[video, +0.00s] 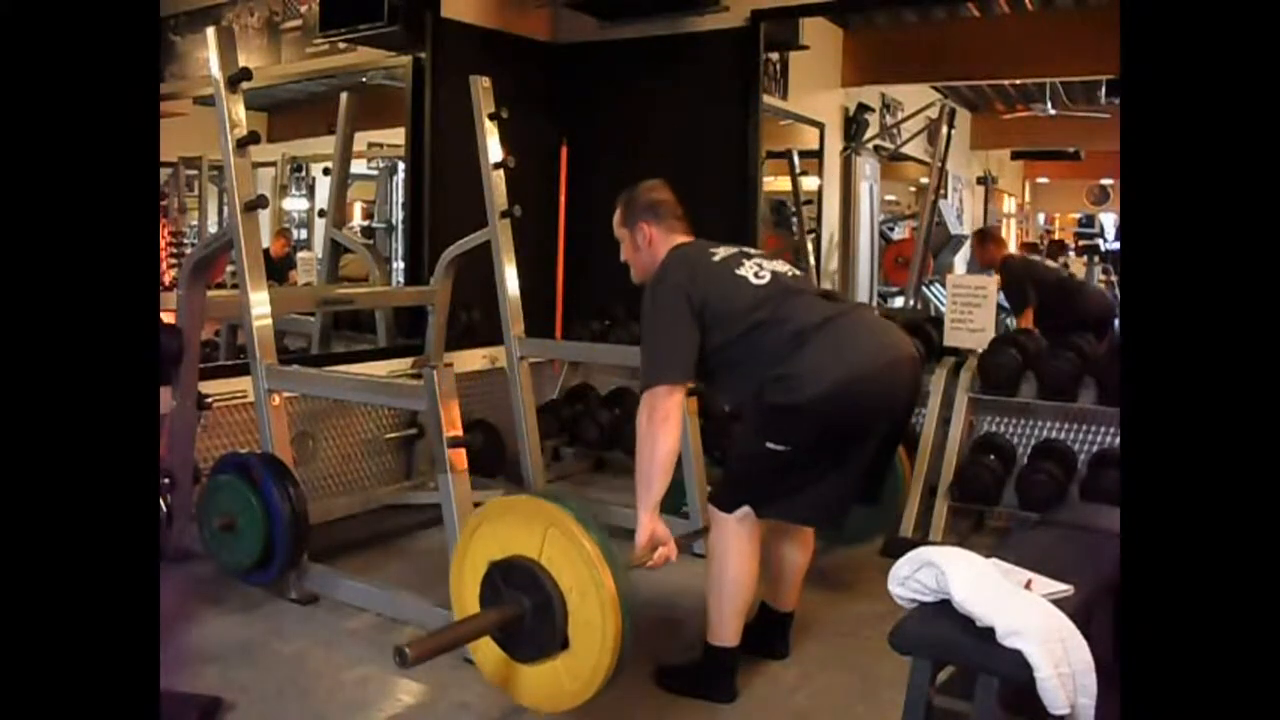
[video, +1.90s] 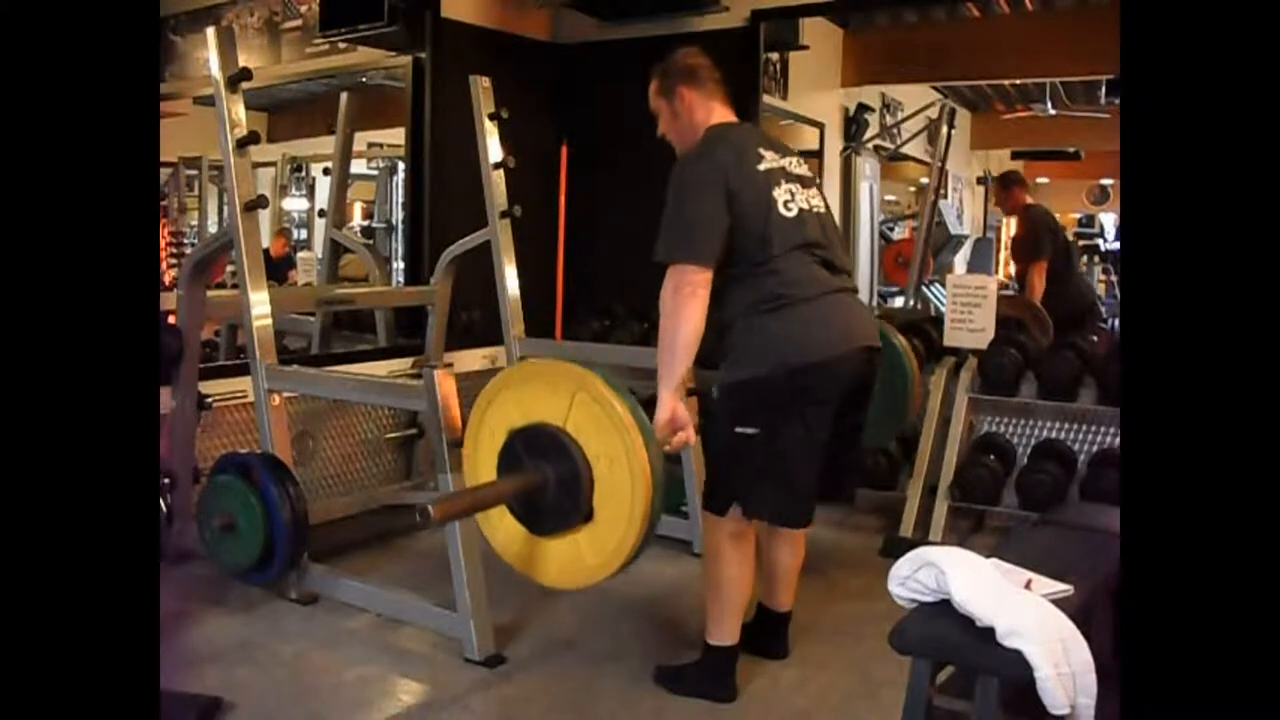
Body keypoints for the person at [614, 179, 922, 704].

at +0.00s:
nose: (623, 258)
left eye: (623, 243)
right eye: (620, 245)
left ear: (646, 233)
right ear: (674, 229)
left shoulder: (673, 279)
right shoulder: (732, 260)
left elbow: (663, 399)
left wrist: (647, 515)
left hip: (823, 374)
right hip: (891, 357)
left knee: (733, 507)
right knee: (795, 503)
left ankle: (716, 669)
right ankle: (773, 629)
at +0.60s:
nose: (647, 166)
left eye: (649, 149)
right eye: (646, 150)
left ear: (670, 141)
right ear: (703, 140)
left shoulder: (682, 199)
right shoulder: (750, 188)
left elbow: (671, 322)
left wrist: (657, 429)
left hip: (798, 359)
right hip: (868, 345)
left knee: (734, 501)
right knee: (800, 500)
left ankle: (717, 667)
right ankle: (774, 630)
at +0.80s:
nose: (704, 78)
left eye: (705, 64)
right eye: (703, 65)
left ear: (725, 56)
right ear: (770, 57)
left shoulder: (732, 125)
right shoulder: (811, 129)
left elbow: (693, 236)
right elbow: (800, 242)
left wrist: (661, 340)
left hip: (758, 346)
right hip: (826, 340)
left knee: (739, 508)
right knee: (787, 496)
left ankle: (717, 668)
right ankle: (773, 631)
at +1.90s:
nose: (662, 133)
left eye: (660, 116)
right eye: (658, 119)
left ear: (685, 99)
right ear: (720, 97)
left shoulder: (706, 160)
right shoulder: (783, 156)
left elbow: (689, 280)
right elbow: (814, 261)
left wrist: (669, 391)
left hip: (773, 356)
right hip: (844, 347)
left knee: (729, 511)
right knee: (789, 498)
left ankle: (716, 666)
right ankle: (773, 629)